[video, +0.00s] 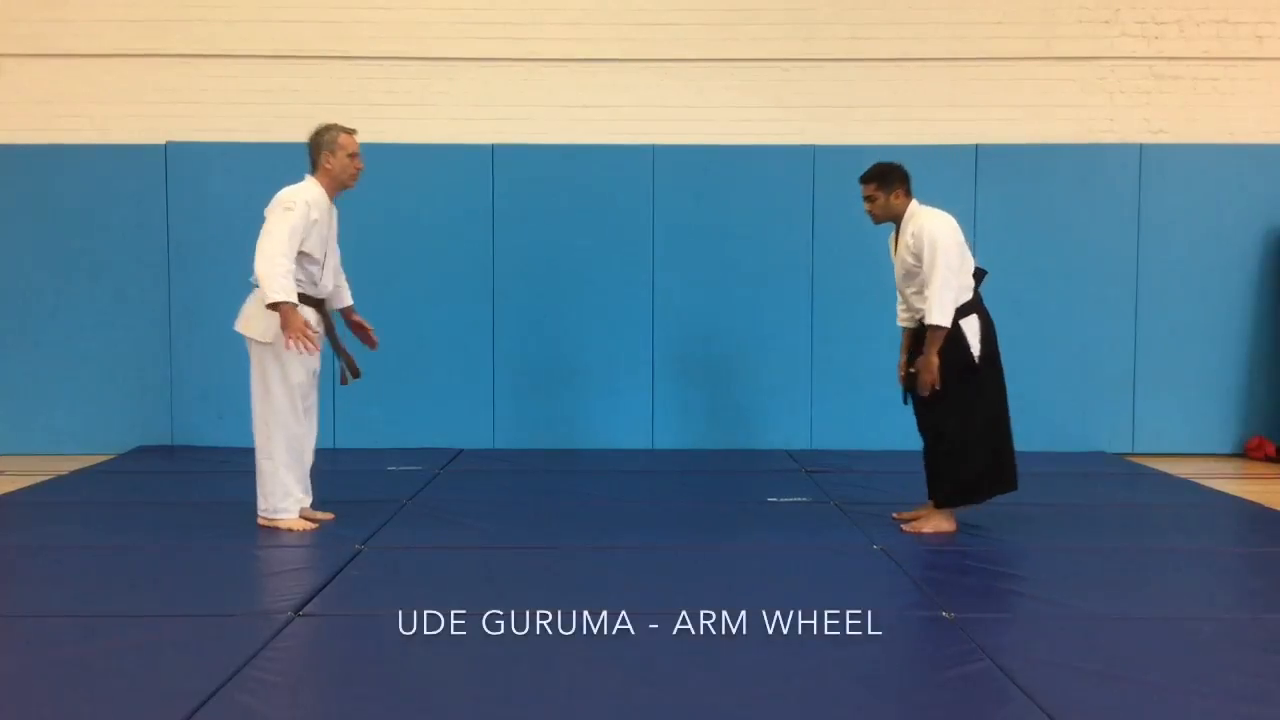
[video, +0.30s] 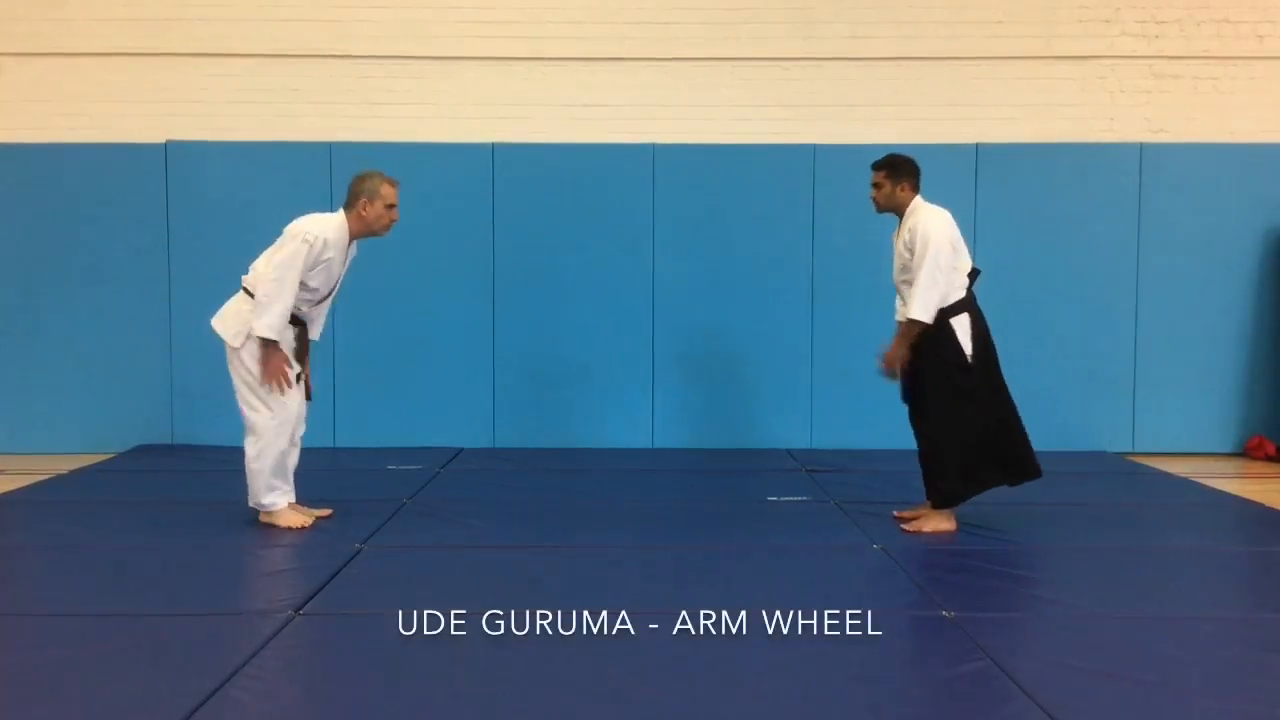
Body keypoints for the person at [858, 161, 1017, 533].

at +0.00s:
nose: (867, 207)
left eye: (872, 199)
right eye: (865, 200)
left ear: (898, 195)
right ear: (893, 198)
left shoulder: (936, 226)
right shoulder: (900, 235)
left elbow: (943, 293)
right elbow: (907, 300)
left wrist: (931, 354)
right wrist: (906, 353)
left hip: (957, 332)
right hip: (931, 332)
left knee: (948, 420)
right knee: (933, 420)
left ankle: (945, 512)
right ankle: (936, 504)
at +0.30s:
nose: (872, 193)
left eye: (878, 186)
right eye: (872, 186)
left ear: (903, 187)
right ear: (899, 188)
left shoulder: (931, 222)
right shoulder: (907, 226)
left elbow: (929, 290)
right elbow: (913, 289)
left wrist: (903, 342)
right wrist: (901, 341)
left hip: (946, 330)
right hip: (927, 329)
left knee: (939, 417)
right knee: (927, 416)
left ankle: (944, 511)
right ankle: (936, 503)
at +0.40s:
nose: (883, 185)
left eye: (890, 178)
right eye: (884, 178)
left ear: (914, 180)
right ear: (911, 181)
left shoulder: (937, 220)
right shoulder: (913, 221)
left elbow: (915, 280)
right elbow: (909, 282)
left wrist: (868, 316)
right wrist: (879, 318)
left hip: (941, 329)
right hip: (922, 327)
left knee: (934, 417)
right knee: (921, 416)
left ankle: (943, 511)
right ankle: (933, 504)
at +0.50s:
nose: (892, 181)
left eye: (899, 175)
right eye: (894, 175)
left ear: (923, 179)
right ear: (919, 180)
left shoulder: (939, 221)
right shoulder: (919, 220)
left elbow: (899, 266)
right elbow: (915, 276)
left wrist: (836, 275)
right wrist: (879, 288)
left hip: (936, 327)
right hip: (919, 325)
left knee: (922, 413)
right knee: (912, 413)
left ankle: (938, 504)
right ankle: (927, 501)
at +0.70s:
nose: (896, 179)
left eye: (903, 173)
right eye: (897, 173)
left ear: (926, 177)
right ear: (924, 178)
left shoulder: (933, 217)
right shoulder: (928, 214)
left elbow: (885, 245)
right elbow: (892, 247)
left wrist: (828, 225)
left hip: (917, 323)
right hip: (929, 320)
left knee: (887, 403)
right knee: (931, 406)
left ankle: (898, 505)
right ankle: (937, 501)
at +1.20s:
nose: (860, 191)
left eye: (867, 185)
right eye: (861, 184)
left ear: (892, 191)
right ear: (890, 191)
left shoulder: (895, 231)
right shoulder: (904, 226)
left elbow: (863, 284)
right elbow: (879, 291)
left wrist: (820, 267)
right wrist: (838, 298)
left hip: (887, 337)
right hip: (905, 333)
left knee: (851, 417)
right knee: (915, 417)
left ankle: (833, 511)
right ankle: (934, 498)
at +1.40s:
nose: (835, 203)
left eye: (843, 197)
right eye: (838, 196)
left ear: (866, 204)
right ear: (869, 205)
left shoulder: (868, 248)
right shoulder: (885, 242)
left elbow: (829, 305)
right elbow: (839, 303)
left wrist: (797, 292)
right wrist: (799, 293)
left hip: (852, 353)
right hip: (874, 349)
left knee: (816, 438)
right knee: (881, 429)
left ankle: (812, 534)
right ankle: (907, 503)